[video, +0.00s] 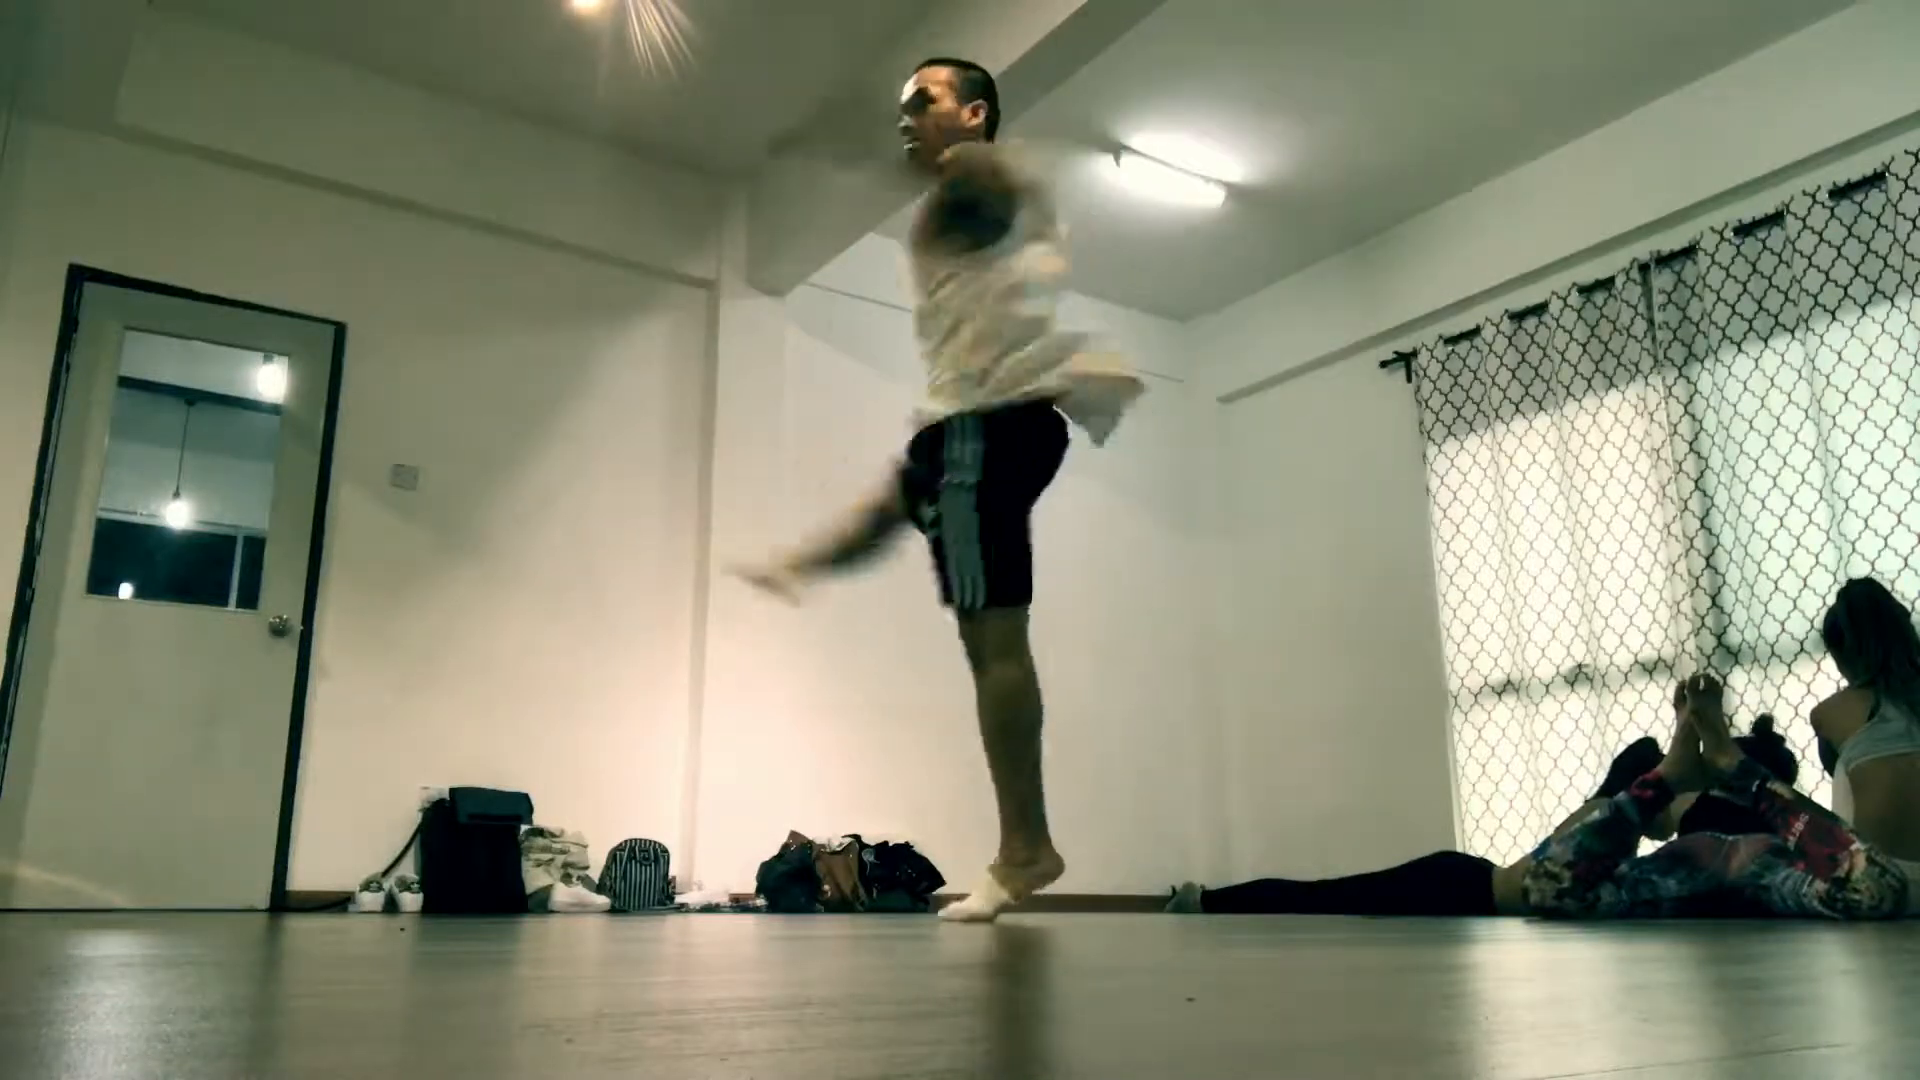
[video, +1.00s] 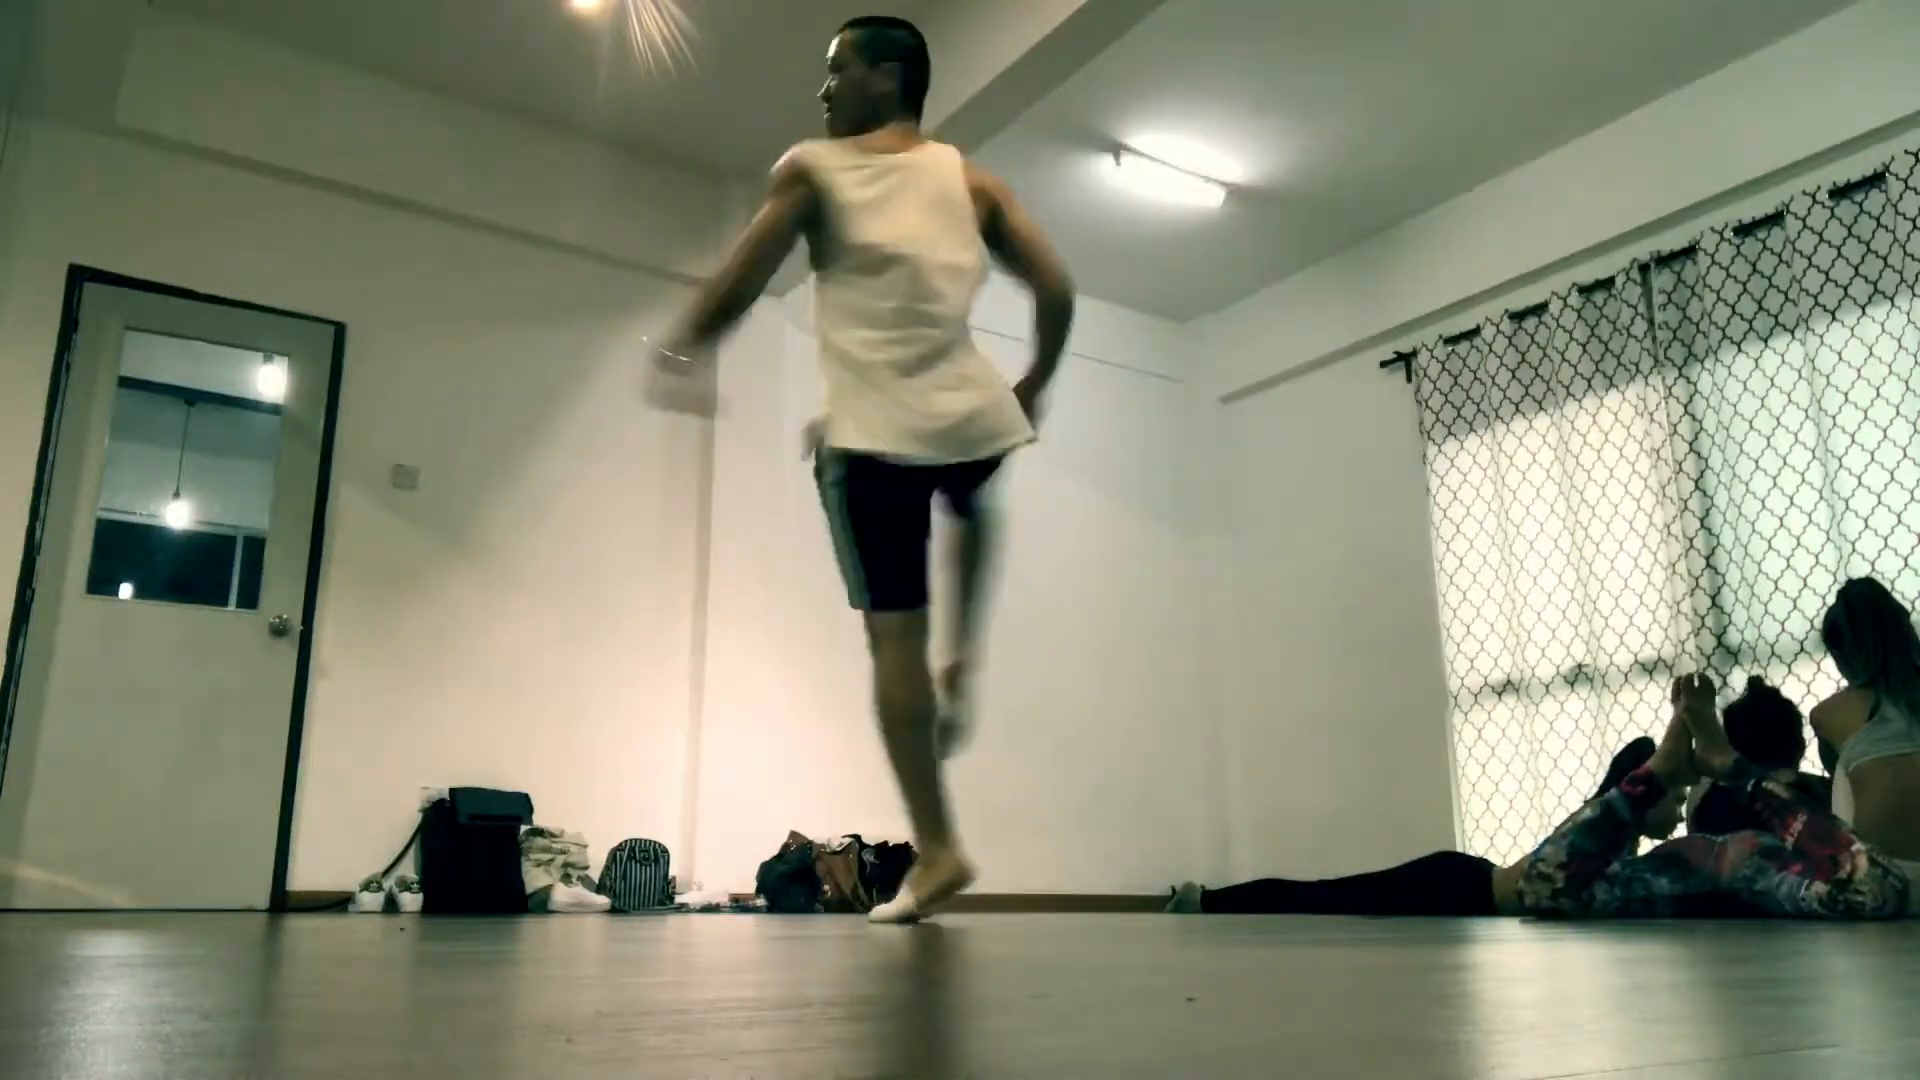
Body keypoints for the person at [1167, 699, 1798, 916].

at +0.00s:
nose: (1676, 776)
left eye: (1676, 768)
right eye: (1672, 769)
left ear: (1656, 779)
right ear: (1653, 781)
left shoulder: (1628, 814)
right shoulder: (1623, 815)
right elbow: (1670, 800)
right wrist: (1695, 736)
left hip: (1479, 882)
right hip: (1472, 883)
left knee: (1338, 895)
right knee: (1333, 896)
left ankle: (1213, 898)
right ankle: (1207, 899)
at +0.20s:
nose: (1684, 727)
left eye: (1701, 726)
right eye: (1692, 720)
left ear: (1728, 757)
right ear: (1698, 749)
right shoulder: (1645, 797)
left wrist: (1700, 723)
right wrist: (1695, 724)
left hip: (1482, 890)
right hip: (1472, 882)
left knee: (1337, 899)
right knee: (1332, 896)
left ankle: (1211, 901)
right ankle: (1205, 901)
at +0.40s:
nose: (1682, 723)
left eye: (1700, 723)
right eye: (1686, 715)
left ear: (1730, 751)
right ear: (1684, 737)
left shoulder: (1717, 811)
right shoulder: (1643, 784)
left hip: (1486, 893)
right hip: (1472, 881)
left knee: (1340, 899)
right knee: (1334, 895)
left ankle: (1212, 901)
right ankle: (1205, 901)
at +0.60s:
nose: (1676, 718)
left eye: (1691, 714)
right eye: (1679, 710)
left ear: (1723, 740)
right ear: (1689, 731)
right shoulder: (1645, 785)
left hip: (1483, 887)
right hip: (1475, 878)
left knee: (1338, 899)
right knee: (1333, 894)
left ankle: (1212, 902)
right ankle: (1208, 900)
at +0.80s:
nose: (1666, 810)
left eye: (1664, 795)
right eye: (1651, 786)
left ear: (1637, 784)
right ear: (1632, 784)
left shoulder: (1621, 825)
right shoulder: (1613, 823)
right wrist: (1685, 728)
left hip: (1470, 887)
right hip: (1463, 887)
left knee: (1332, 896)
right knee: (1327, 898)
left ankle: (1212, 899)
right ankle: (1206, 902)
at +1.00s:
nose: (1668, 801)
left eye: (1666, 790)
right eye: (1662, 787)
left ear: (1643, 784)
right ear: (1642, 786)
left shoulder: (1622, 820)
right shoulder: (1612, 824)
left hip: (1470, 882)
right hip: (1463, 885)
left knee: (1334, 893)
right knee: (1330, 897)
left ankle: (1211, 897)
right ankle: (1204, 902)